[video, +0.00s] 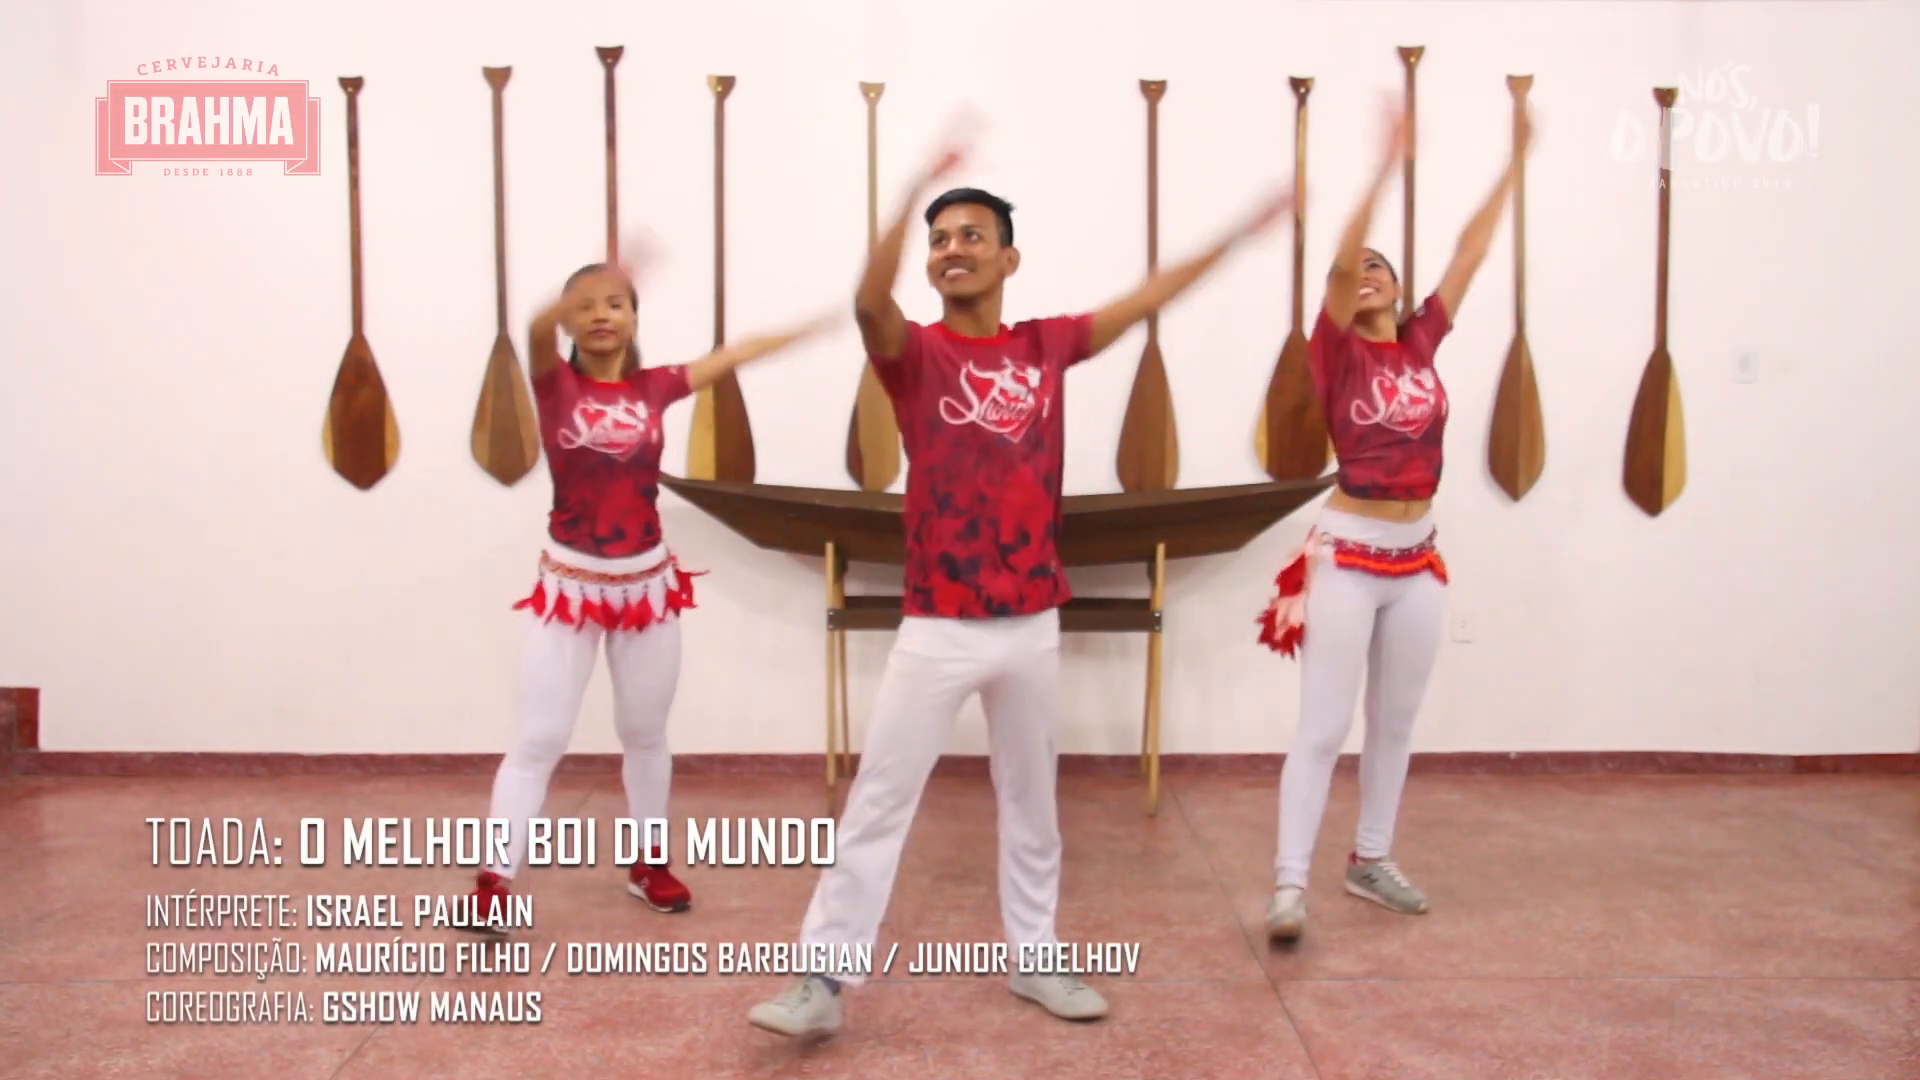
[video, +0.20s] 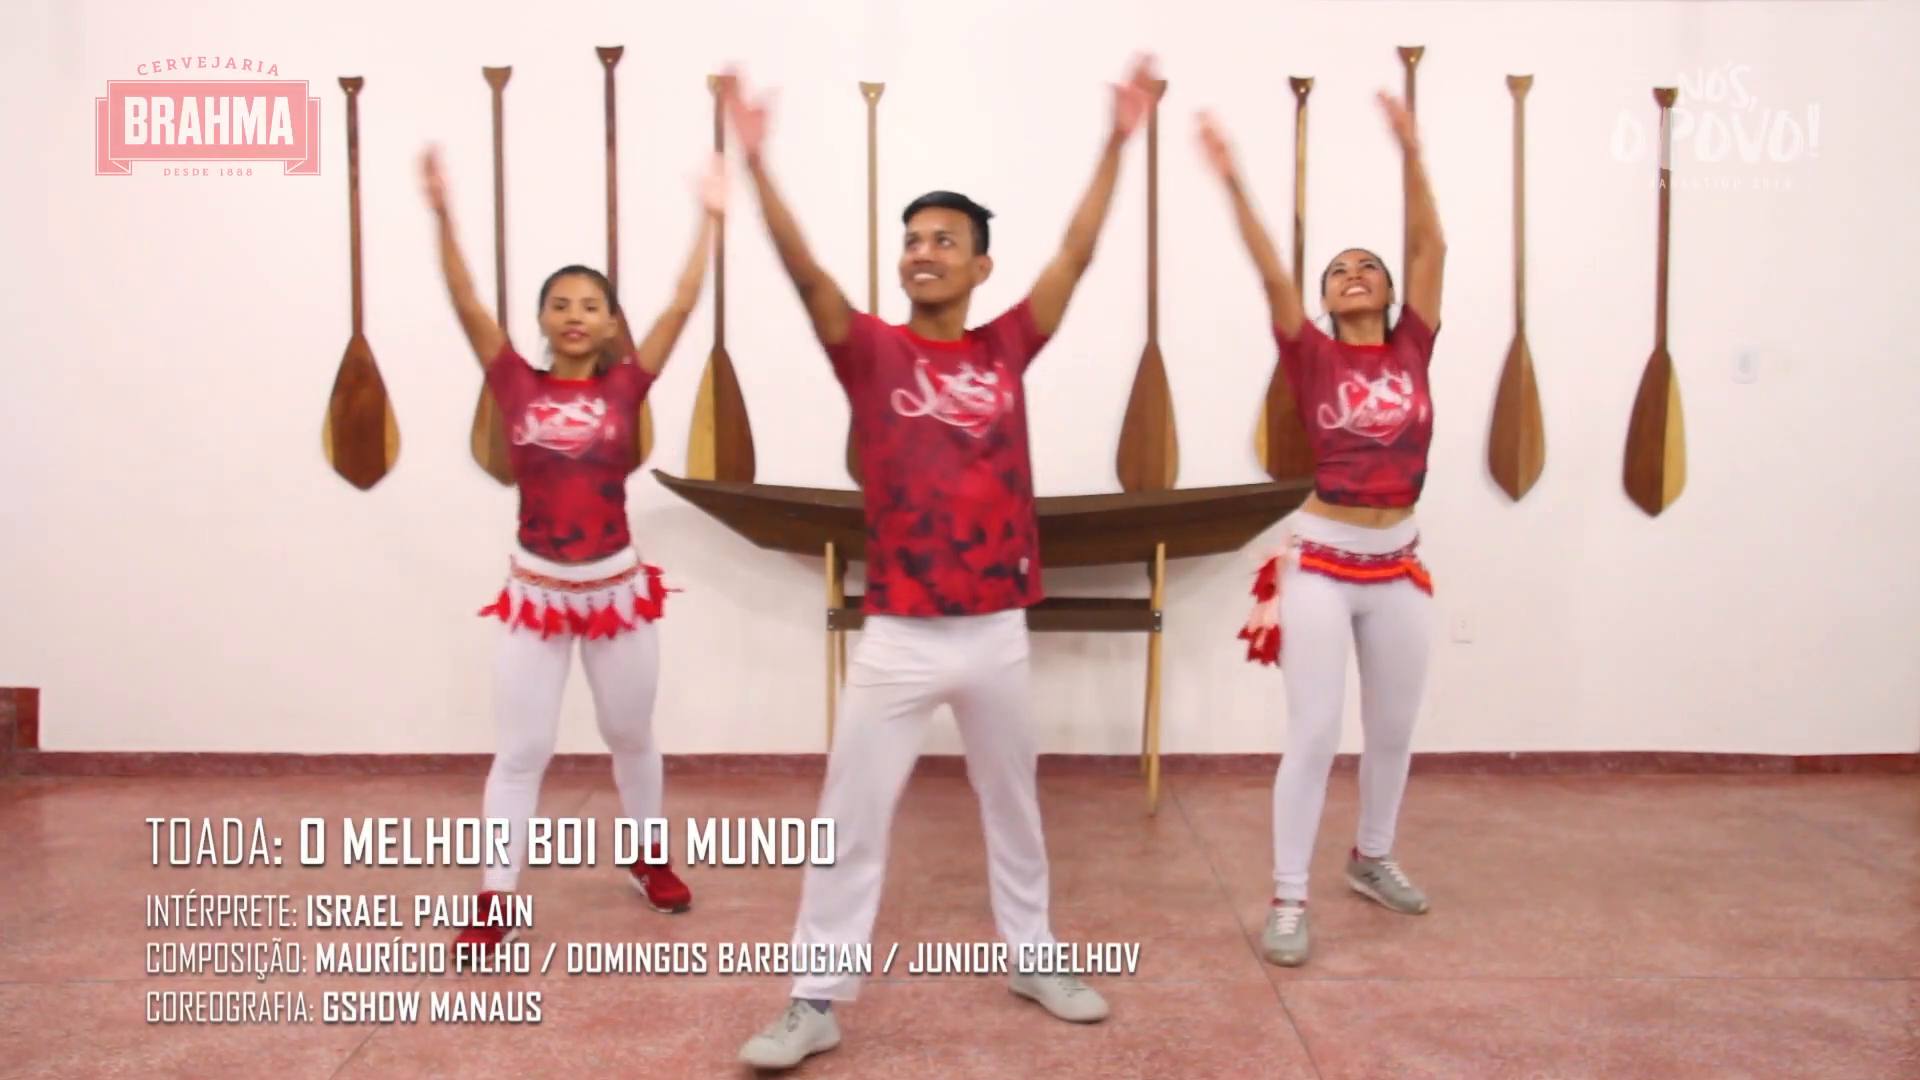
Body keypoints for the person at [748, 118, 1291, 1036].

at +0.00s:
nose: (954, 248)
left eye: (973, 235)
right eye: (942, 238)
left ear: (1009, 258)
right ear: (929, 265)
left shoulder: (1043, 344)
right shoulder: (914, 352)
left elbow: (1147, 297)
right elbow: (872, 301)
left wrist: (1239, 233)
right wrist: (906, 206)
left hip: (1029, 623)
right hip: (935, 624)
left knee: (1033, 803)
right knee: (878, 798)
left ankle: (1035, 958)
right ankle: (819, 975)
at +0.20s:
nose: (922, 254)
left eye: (943, 242)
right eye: (912, 243)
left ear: (981, 265)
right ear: (899, 261)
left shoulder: (1006, 348)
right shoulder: (869, 349)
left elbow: (1077, 249)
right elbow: (803, 270)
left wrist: (1120, 138)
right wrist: (757, 163)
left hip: (994, 627)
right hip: (896, 630)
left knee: (1014, 805)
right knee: (850, 817)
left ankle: (1033, 956)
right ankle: (816, 998)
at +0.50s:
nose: (862, 240)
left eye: (883, 229)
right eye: (852, 228)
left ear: (924, 255)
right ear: (838, 248)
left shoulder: (944, 343)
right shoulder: (792, 338)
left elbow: (999, 242)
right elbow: (687, 282)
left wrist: (981, 123)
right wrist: (577, 217)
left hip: (915, 629)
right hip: (808, 630)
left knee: (982, 798)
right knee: (791, 827)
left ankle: (1044, 953)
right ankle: (807, 1006)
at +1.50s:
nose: (881, 265)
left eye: (900, 249)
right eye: (863, 249)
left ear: (931, 266)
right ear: (837, 264)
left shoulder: (955, 372)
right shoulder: (805, 358)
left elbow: (1019, 287)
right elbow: (727, 241)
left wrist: (1048, 172)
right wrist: (706, 102)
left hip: (910, 681)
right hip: (802, 669)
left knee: (953, 894)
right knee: (790, 855)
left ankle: (993, 1069)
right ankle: (801, 1011)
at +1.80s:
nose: (952, 240)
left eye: (973, 223)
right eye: (933, 223)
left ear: (1004, 241)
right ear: (904, 243)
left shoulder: (1033, 357)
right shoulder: (868, 337)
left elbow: (1134, 305)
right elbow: (791, 212)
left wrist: (1216, 226)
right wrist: (826, 75)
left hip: (1000, 687)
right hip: (887, 674)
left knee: (1012, 911)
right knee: (824, 865)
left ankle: (1016, 1070)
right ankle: (849, 1019)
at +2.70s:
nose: (902, 217)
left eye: (925, 200)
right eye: (885, 205)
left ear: (972, 233)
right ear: (866, 238)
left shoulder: (1000, 341)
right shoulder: (849, 341)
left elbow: (1090, 252)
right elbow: (765, 235)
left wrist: (1094, 115)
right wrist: (690, 83)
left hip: (1007, 698)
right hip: (891, 704)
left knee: (1018, 942)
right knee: (807, 936)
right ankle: (716, 1079)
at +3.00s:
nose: (837, 244)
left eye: (862, 228)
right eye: (819, 223)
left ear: (894, 245)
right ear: (787, 231)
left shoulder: (913, 351)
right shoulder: (733, 335)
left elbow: (1024, 253)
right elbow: (619, 248)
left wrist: (992, 119)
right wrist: (511, 140)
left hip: (883, 710)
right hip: (750, 710)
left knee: (958, 949)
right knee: (715, 959)